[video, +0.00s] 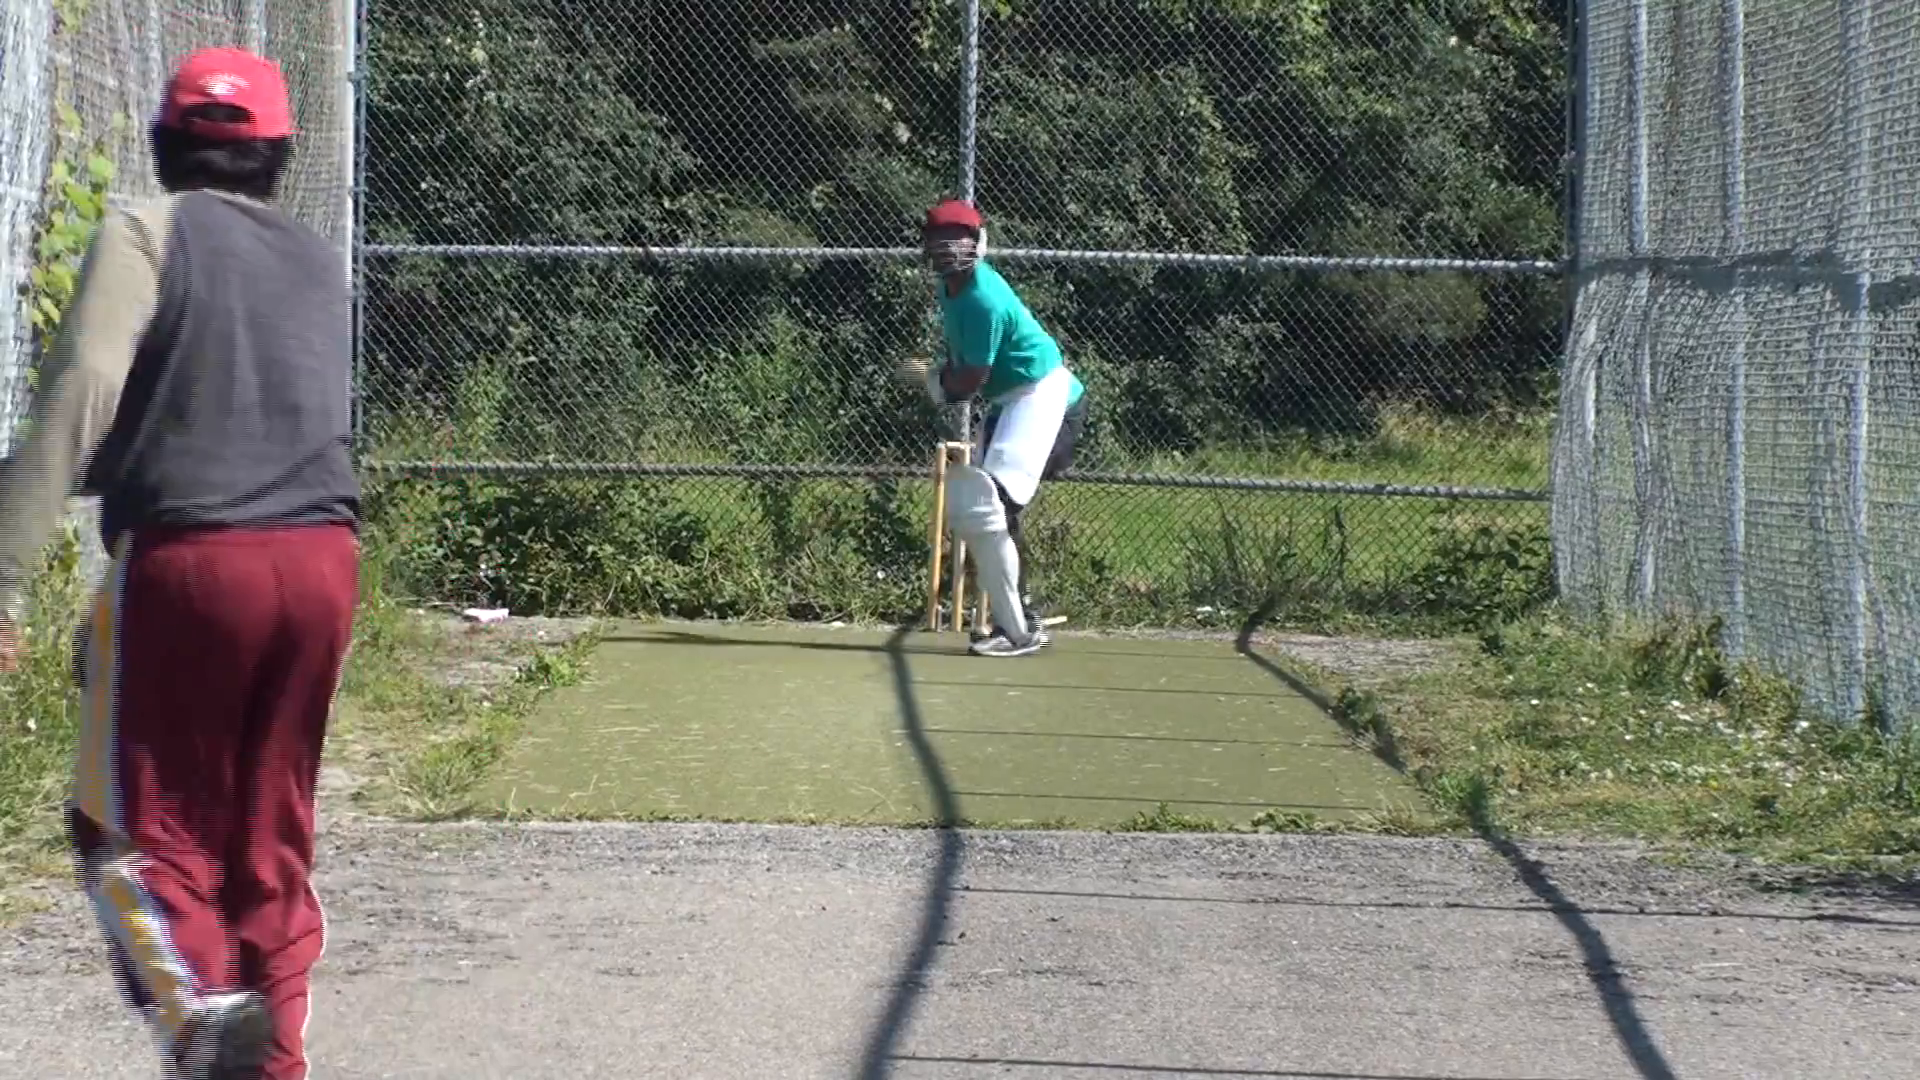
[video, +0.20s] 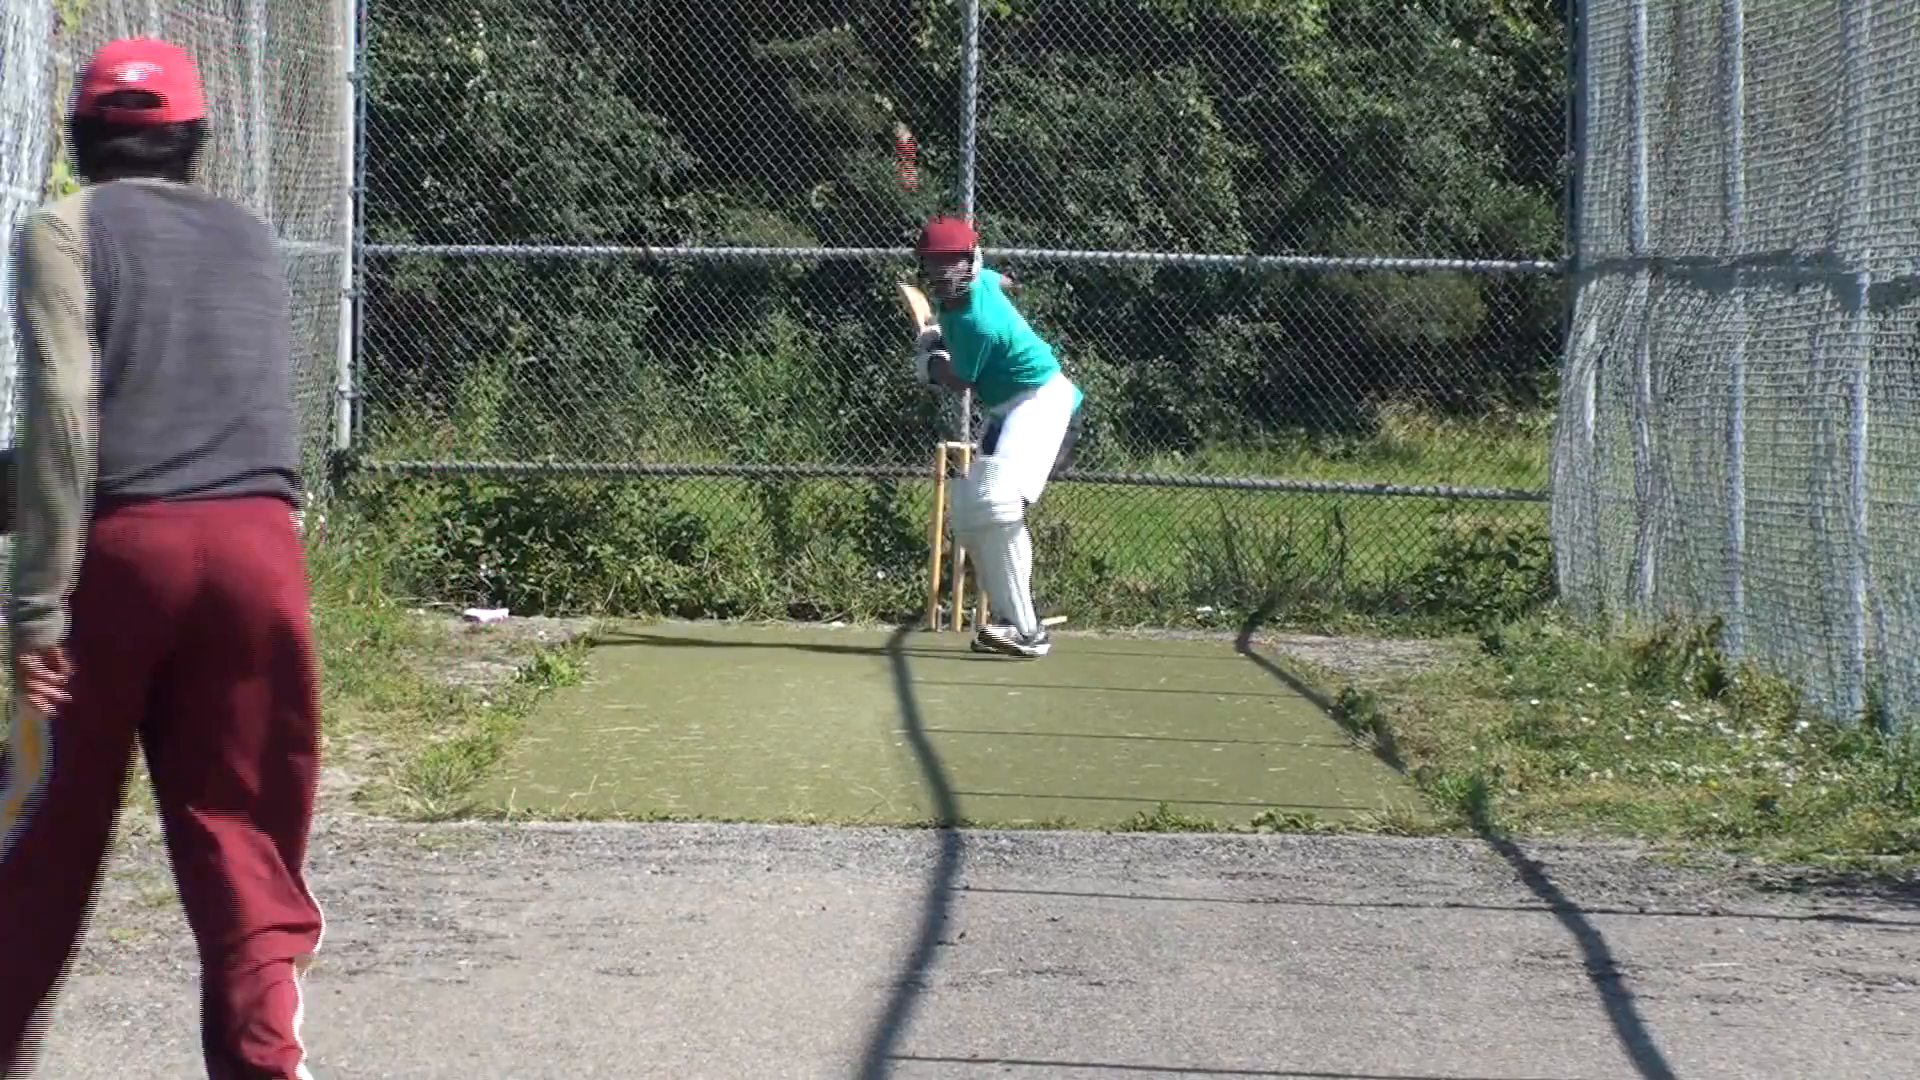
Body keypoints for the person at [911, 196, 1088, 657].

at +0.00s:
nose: (950, 248)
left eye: (961, 238)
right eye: (941, 239)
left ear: (977, 244)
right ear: (928, 248)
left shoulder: (981, 298)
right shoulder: (951, 289)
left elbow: (973, 380)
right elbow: (964, 362)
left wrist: (933, 384)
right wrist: (935, 377)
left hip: (1039, 391)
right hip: (1011, 392)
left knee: (997, 501)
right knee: (989, 499)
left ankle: (1017, 626)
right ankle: (1016, 616)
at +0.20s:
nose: (940, 274)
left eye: (951, 264)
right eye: (932, 266)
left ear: (971, 263)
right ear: (925, 266)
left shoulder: (974, 323)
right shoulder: (975, 278)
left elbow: (959, 379)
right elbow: (1005, 282)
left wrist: (932, 360)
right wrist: (941, 335)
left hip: (1039, 398)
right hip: (1006, 404)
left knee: (998, 502)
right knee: (973, 506)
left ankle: (1025, 627)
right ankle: (1013, 620)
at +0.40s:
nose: (935, 278)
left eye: (942, 265)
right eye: (922, 271)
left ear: (959, 258)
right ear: (911, 276)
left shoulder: (987, 293)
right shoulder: (917, 318)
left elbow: (982, 373)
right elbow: (936, 381)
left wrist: (942, 401)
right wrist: (945, 423)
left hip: (1039, 402)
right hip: (989, 414)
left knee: (1015, 513)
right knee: (987, 522)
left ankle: (1011, 633)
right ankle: (1032, 607)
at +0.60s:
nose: (912, 261)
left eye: (913, 247)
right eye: (899, 259)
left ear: (926, 236)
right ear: (892, 269)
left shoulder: (971, 247)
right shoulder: (909, 307)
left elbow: (1004, 276)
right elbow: (938, 322)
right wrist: (954, 292)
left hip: (1023, 391)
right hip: (970, 407)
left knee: (1020, 516)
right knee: (970, 516)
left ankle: (1012, 632)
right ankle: (1025, 593)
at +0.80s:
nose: (889, 273)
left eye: (895, 260)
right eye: (878, 268)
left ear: (919, 244)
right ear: (871, 268)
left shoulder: (975, 267)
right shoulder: (886, 300)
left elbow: (1004, 315)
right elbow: (901, 338)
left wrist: (967, 312)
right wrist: (938, 297)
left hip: (987, 410)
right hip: (924, 415)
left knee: (999, 525)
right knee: (907, 513)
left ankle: (979, 625)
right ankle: (881, 628)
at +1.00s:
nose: (871, 309)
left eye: (876, 296)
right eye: (861, 304)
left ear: (901, 279)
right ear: (854, 303)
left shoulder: (953, 310)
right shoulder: (868, 342)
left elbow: (982, 379)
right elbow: (880, 406)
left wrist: (941, 410)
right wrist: (893, 432)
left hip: (966, 446)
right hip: (910, 451)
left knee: (974, 570)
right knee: (901, 535)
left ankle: (960, 625)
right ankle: (874, 641)